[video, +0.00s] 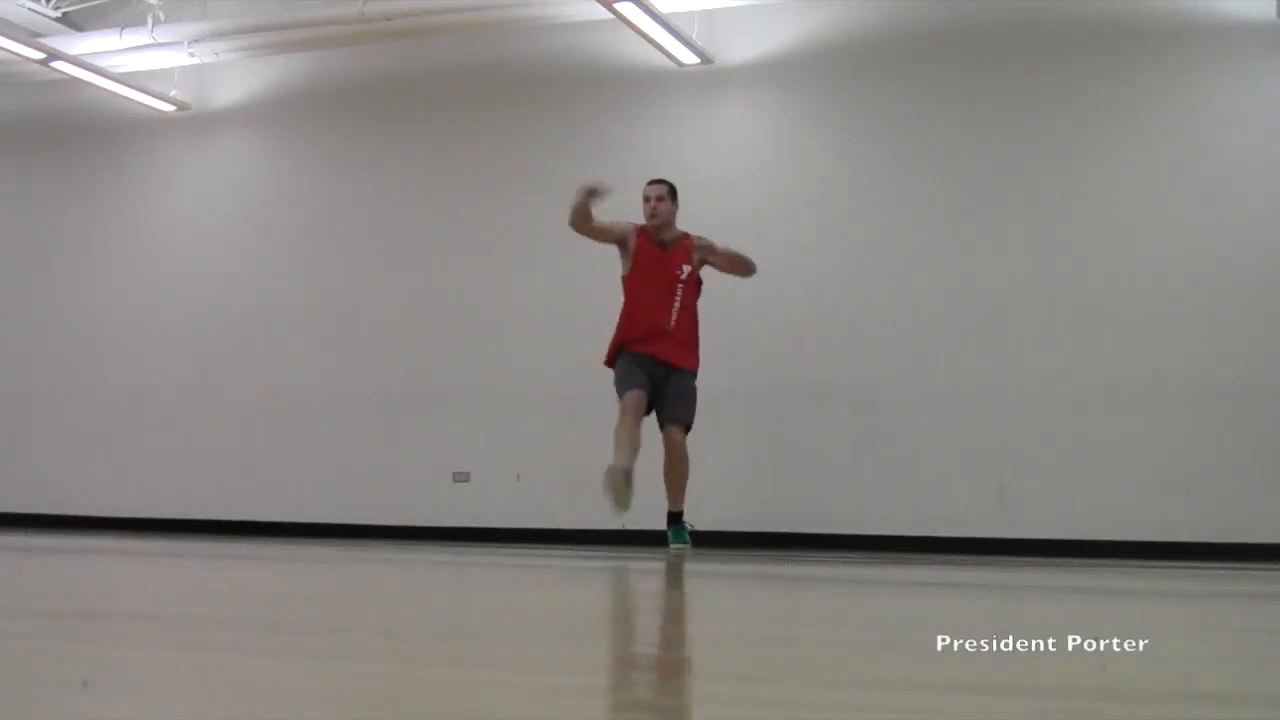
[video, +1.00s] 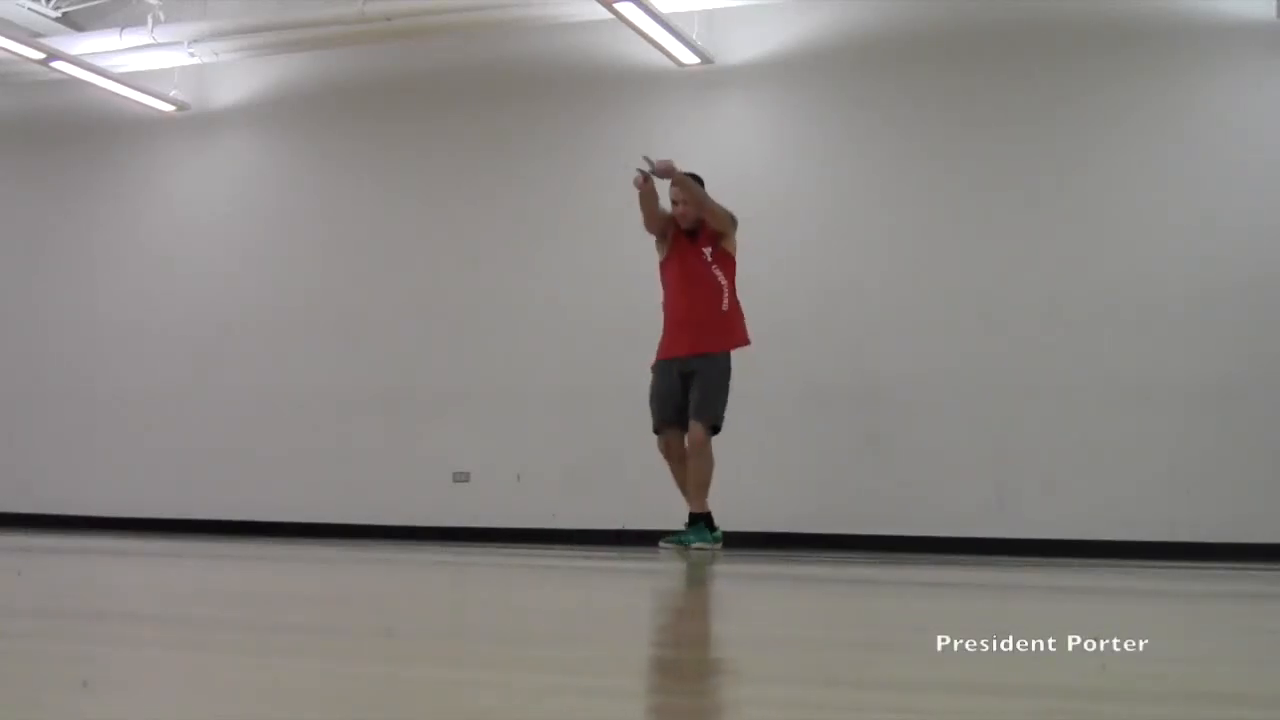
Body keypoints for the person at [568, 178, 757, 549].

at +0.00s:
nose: (652, 206)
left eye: (660, 200)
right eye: (647, 200)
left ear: (675, 206)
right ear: (642, 207)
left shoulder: (694, 246)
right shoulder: (630, 236)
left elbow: (747, 269)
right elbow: (582, 225)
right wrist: (582, 199)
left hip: (678, 356)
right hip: (635, 350)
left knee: (675, 436)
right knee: (632, 403)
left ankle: (676, 521)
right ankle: (621, 485)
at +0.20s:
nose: (660, 206)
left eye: (667, 199)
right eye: (654, 200)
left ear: (681, 204)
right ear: (648, 205)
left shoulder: (696, 238)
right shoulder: (639, 238)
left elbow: (732, 252)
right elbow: (598, 269)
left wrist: (703, 212)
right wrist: (615, 223)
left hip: (678, 348)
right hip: (646, 345)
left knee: (683, 441)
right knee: (705, 404)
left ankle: (632, 523)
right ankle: (709, 507)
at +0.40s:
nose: (660, 211)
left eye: (660, 205)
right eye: (651, 209)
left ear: (660, 210)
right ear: (635, 219)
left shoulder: (658, 239)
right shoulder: (659, 250)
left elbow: (705, 212)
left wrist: (684, 200)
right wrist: (717, 218)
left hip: (675, 367)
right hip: (692, 364)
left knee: (698, 450)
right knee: (739, 439)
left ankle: (638, 520)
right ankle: (708, 525)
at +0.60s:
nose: (661, 196)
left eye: (665, 191)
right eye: (663, 190)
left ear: (677, 198)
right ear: (697, 200)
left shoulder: (662, 228)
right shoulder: (719, 231)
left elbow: (615, 216)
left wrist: (657, 215)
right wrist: (668, 217)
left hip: (670, 363)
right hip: (712, 362)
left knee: (665, 445)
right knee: (703, 441)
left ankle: (698, 522)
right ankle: (716, 521)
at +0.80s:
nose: (682, 203)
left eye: (689, 196)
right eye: (677, 197)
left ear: (706, 197)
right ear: (673, 199)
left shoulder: (724, 224)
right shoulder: (667, 232)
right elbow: (618, 263)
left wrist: (672, 220)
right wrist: (634, 233)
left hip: (703, 347)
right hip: (670, 345)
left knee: (667, 434)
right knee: (658, 440)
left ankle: (699, 524)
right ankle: (704, 523)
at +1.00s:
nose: (678, 209)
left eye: (684, 201)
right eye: (673, 202)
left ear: (703, 202)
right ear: (670, 207)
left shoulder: (723, 231)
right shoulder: (669, 234)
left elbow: (705, 205)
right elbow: (653, 220)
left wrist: (680, 177)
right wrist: (647, 193)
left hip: (711, 352)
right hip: (671, 353)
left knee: (698, 436)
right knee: (669, 440)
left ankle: (699, 523)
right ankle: (701, 521)